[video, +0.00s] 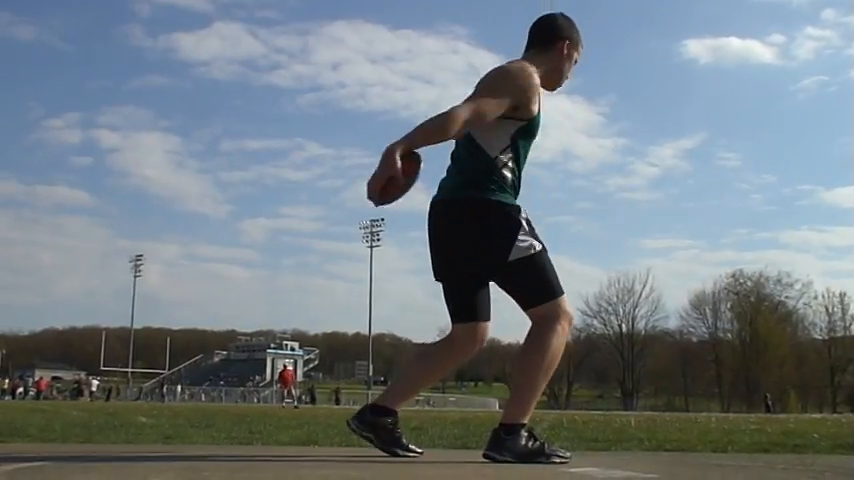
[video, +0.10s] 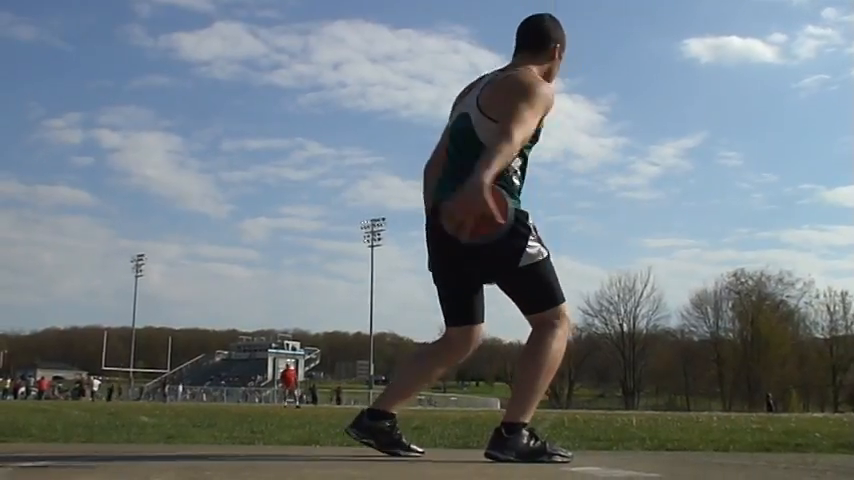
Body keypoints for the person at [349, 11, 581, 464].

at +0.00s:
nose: (573, 72)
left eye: (577, 63)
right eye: (576, 60)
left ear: (537, 44)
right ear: (563, 49)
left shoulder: (504, 80)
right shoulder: (524, 78)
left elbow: (456, 129)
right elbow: (464, 115)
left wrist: (397, 161)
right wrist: (401, 146)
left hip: (449, 215)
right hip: (490, 212)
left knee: (469, 333)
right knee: (555, 317)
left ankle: (380, 413)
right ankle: (512, 434)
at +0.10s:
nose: (561, 66)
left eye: (563, 58)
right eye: (563, 57)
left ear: (517, 47)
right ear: (556, 52)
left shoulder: (474, 89)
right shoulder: (536, 87)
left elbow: (434, 165)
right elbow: (511, 136)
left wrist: (436, 214)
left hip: (443, 222)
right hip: (493, 214)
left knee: (463, 334)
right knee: (554, 322)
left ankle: (377, 416)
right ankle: (513, 433)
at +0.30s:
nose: (526, 35)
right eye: (527, 28)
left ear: (483, 23)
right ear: (524, 28)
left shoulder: (439, 64)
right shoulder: (531, 71)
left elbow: (401, 142)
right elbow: (595, 136)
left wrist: (426, 171)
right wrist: (635, 171)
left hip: (436, 201)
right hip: (495, 200)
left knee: (436, 311)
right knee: (531, 316)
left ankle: (378, 417)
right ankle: (516, 429)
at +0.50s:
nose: (509, 12)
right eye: (511, 8)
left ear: (463, 4)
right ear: (506, 6)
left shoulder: (424, 42)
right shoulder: (522, 47)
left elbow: (408, 104)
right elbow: (518, 89)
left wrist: (440, 71)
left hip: (441, 180)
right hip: (501, 178)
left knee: (420, 301)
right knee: (524, 302)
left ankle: (391, 415)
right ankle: (525, 418)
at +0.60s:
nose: (506, 10)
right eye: (507, 6)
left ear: (458, 5)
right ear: (502, 7)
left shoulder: (424, 42)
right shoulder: (514, 48)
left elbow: (406, 100)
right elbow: (484, 67)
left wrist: (411, 39)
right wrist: (432, 27)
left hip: (441, 182)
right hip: (502, 180)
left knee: (420, 301)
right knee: (523, 302)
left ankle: (391, 417)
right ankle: (527, 417)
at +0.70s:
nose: (503, 13)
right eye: (504, 9)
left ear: (454, 7)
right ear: (498, 9)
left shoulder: (420, 45)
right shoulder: (512, 53)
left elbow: (395, 105)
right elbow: (463, 51)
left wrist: (396, 37)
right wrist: (411, 15)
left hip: (438, 185)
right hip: (499, 183)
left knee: (418, 302)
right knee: (521, 305)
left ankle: (392, 418)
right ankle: (525, 420)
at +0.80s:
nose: (501, 14)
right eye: (503, 10)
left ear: (454, 8)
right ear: (498, 10)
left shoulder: (419, 47)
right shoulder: (512, 55)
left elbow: (397, 106)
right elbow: (463, 56)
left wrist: (400, 45)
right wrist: (413, 22)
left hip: (434, 188)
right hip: (496, 186)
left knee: (415, 305)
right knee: (519, 308)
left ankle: (391, 422)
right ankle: (525, 423)